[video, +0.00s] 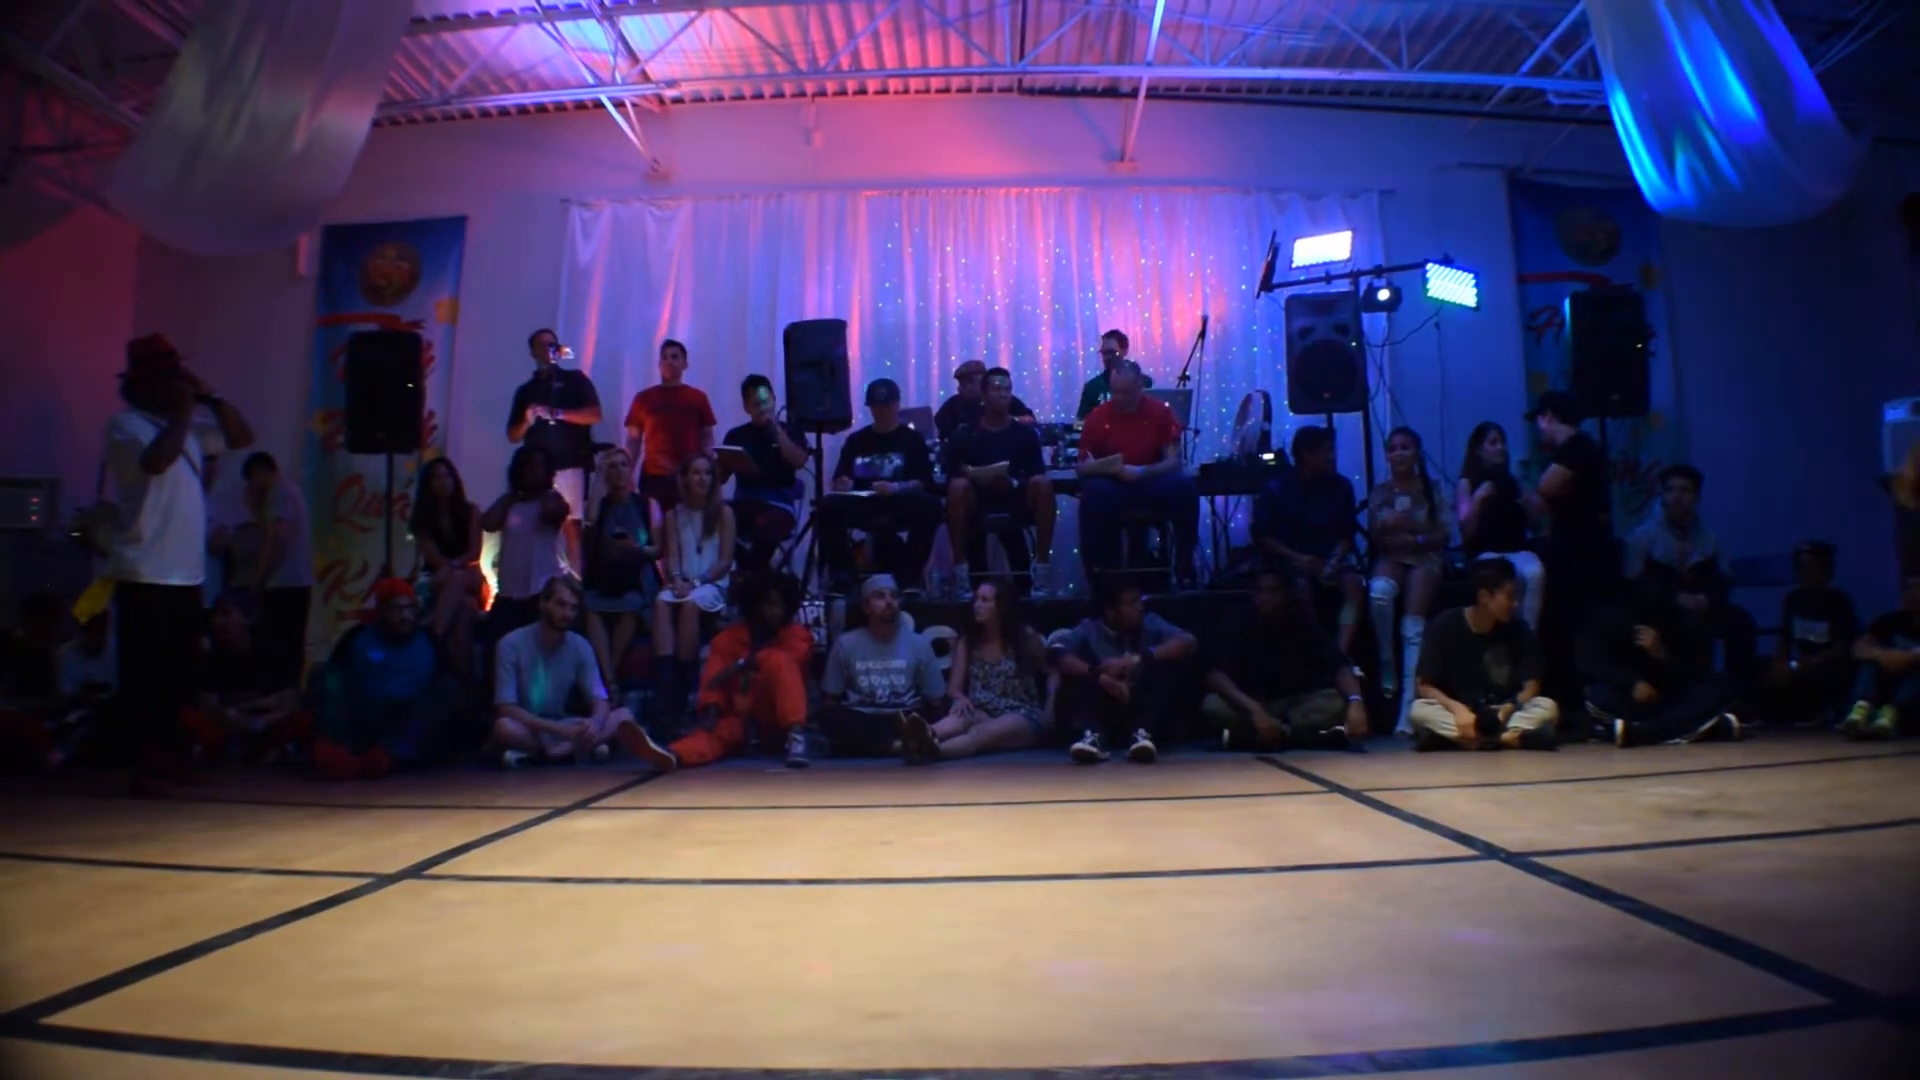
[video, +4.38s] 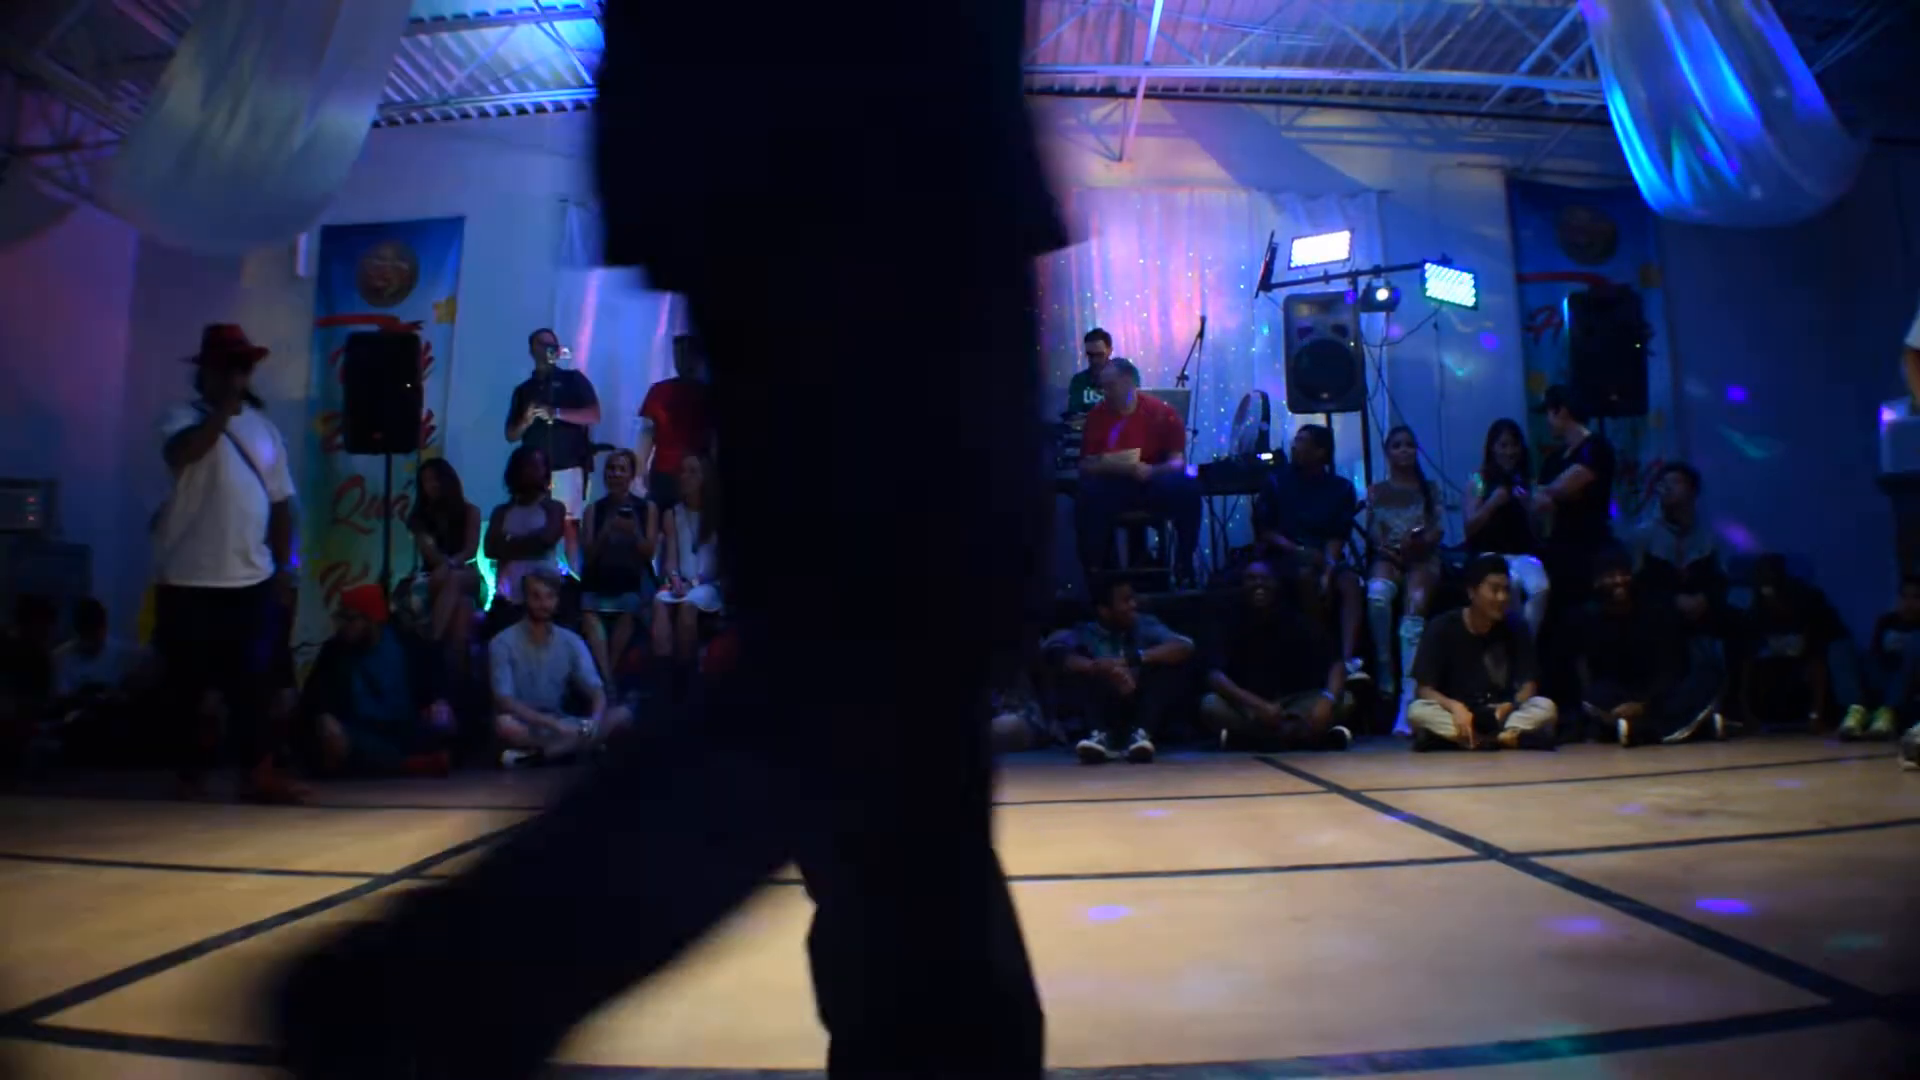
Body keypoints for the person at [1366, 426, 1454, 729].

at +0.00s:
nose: (1398, 454)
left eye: (1404, 448)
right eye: (1393, 449)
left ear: (1417, 453)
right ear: (1386, 455)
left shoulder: (1433, 489)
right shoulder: (1379, 493)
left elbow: (1443, 534)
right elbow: (1375, 536)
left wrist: (1403, 537)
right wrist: (1393, 523)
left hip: (1423, 555)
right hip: (1390, 556)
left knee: (1413, 628)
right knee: (1379, 595)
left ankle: (1408, 710)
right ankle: (1387, 667)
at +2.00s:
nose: (1399, 451)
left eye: (1405, 445)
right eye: (1393, 446)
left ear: (1415, 451)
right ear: (1386, 453)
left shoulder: (1430, 488)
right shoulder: (1378, 493)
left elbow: (1438, 529)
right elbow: (1373, 533)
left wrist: (1414, 544)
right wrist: (1389, 549)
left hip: (1420, 558)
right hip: (1388, 558)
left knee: (1412, 628)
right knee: (1379, 596)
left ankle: (1408, 696)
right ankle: (1386, 668)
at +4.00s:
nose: (1403, 451)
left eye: (1408, 445)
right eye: (1396, 446)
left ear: (1417, 452)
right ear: (1387, 453)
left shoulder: (1431, 489)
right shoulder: (1377, 493)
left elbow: (1440, 527)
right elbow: (1371, 532)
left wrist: (1415, 544)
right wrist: (1391, 548)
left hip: (1421, 554)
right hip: (1388, 554)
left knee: (1413, 626)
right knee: (1378, 596)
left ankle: (1408, 703)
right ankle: (1385, 670)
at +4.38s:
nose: (1404, 451)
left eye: (1409, 445)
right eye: (1397, 446)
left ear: (1416, 451)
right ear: (1387, 452)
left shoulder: (1430, 489)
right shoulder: (1377, 491)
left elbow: (1438, 526)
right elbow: (1372, 531)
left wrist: (1421, 543)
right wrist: (1389, 550)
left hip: (1419, 556)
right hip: (1387, 555)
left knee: (1417, 602)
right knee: (1377, 595)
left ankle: (1410, 682)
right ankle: (1385, 672)